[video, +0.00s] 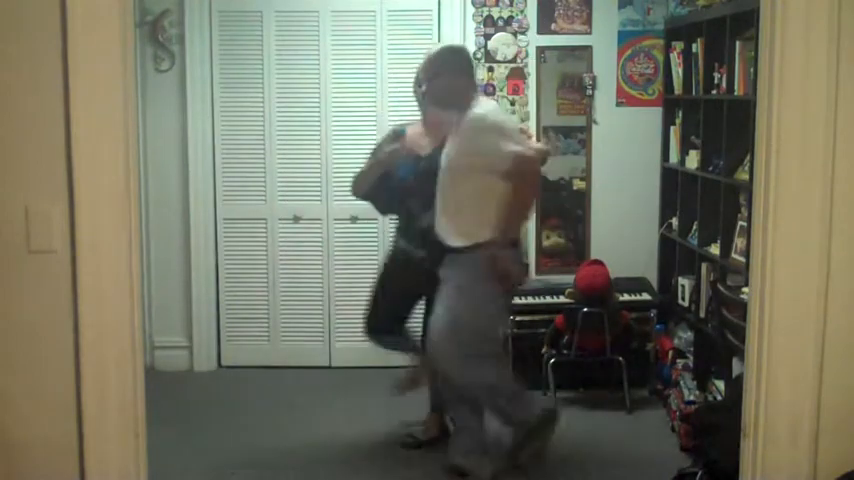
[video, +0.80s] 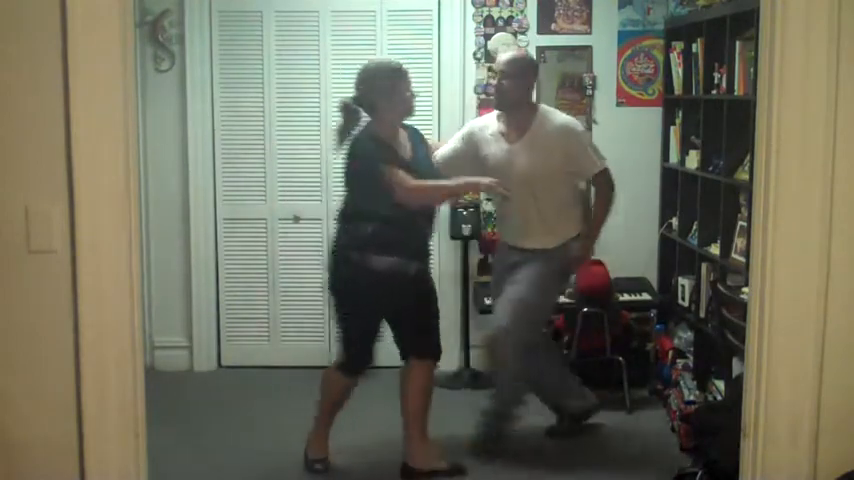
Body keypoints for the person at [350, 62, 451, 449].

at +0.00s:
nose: (432, 105)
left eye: (441, 96)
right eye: (425, 93)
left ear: (458, 97)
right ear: (417, 93)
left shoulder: (468, 143)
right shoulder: (400, 140)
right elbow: (361, 188)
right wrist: (394, 156)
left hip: (453, 256)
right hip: (410, 252)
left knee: (441, 341)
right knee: (380, 327)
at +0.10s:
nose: (425, 89)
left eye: (432, 82)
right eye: (418, 83)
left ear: (444, 88)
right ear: (406, 90)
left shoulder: (461, 135)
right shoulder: (385, 134)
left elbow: (486, 174)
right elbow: (343, 171)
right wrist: (343, 175)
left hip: (441, 253)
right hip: (390, 249)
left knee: (431, 345)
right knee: (362, 334)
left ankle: (419, 418)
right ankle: (356, 390)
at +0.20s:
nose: (422, 92)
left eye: (426, 85)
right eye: (413, 86)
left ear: (432, 90)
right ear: (395, 92)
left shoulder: (455, 137)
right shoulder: (369, 136)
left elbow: (486, 180)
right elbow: (324, 160)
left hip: (434, 258)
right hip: (379, 254)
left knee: (420, 345)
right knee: (362, 340)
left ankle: (404, 421)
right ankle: (320, 418)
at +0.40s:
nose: (403, 99)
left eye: (403, 92)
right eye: (396, 92)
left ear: (397, 98)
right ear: (369, 97)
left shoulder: (420, 142)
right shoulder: (336, 142)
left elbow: (468, 161)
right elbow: (287, 160)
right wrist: (263, 129)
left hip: (402, 260)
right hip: (349, 260)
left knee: (411, 344)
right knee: (343, 351)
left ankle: (400, 417)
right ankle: (316, 440)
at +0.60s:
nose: (390, 95)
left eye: (389, 88)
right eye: (382, 90)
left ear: (378, 97)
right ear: (357, 97)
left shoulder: (402, 138)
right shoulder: (334, 140)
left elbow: (446, 157)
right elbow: (323, 173)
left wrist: (482, 147)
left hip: (388, 260)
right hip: (336, 263)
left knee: (428, 336)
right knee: (330, 354)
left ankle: (410, 424)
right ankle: (314, 443)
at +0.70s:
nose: (397, 96)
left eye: (395, 89)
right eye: (388, 90)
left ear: (385, 96)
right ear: (362, 98)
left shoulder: (405, 137)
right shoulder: (345, 142)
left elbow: (447, 152)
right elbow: (372, 185)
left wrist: (483, 145)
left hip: (393, 263)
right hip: (342, 265)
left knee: (427, 341)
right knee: (334, 354)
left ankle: (421, 443)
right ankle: (314, 444)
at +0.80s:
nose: (412, 95)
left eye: (410, 89)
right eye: (404, 89)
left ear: (399, 96)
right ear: (380, 97)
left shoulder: (414, 138)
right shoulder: (365, 145)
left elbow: (431, 183)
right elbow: (408, 191)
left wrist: (453, 193)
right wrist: (473, 185)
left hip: (408, 265)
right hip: (361, 266)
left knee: (423, 352)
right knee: (354, 360)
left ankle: (418, 451)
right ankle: (318, 437)